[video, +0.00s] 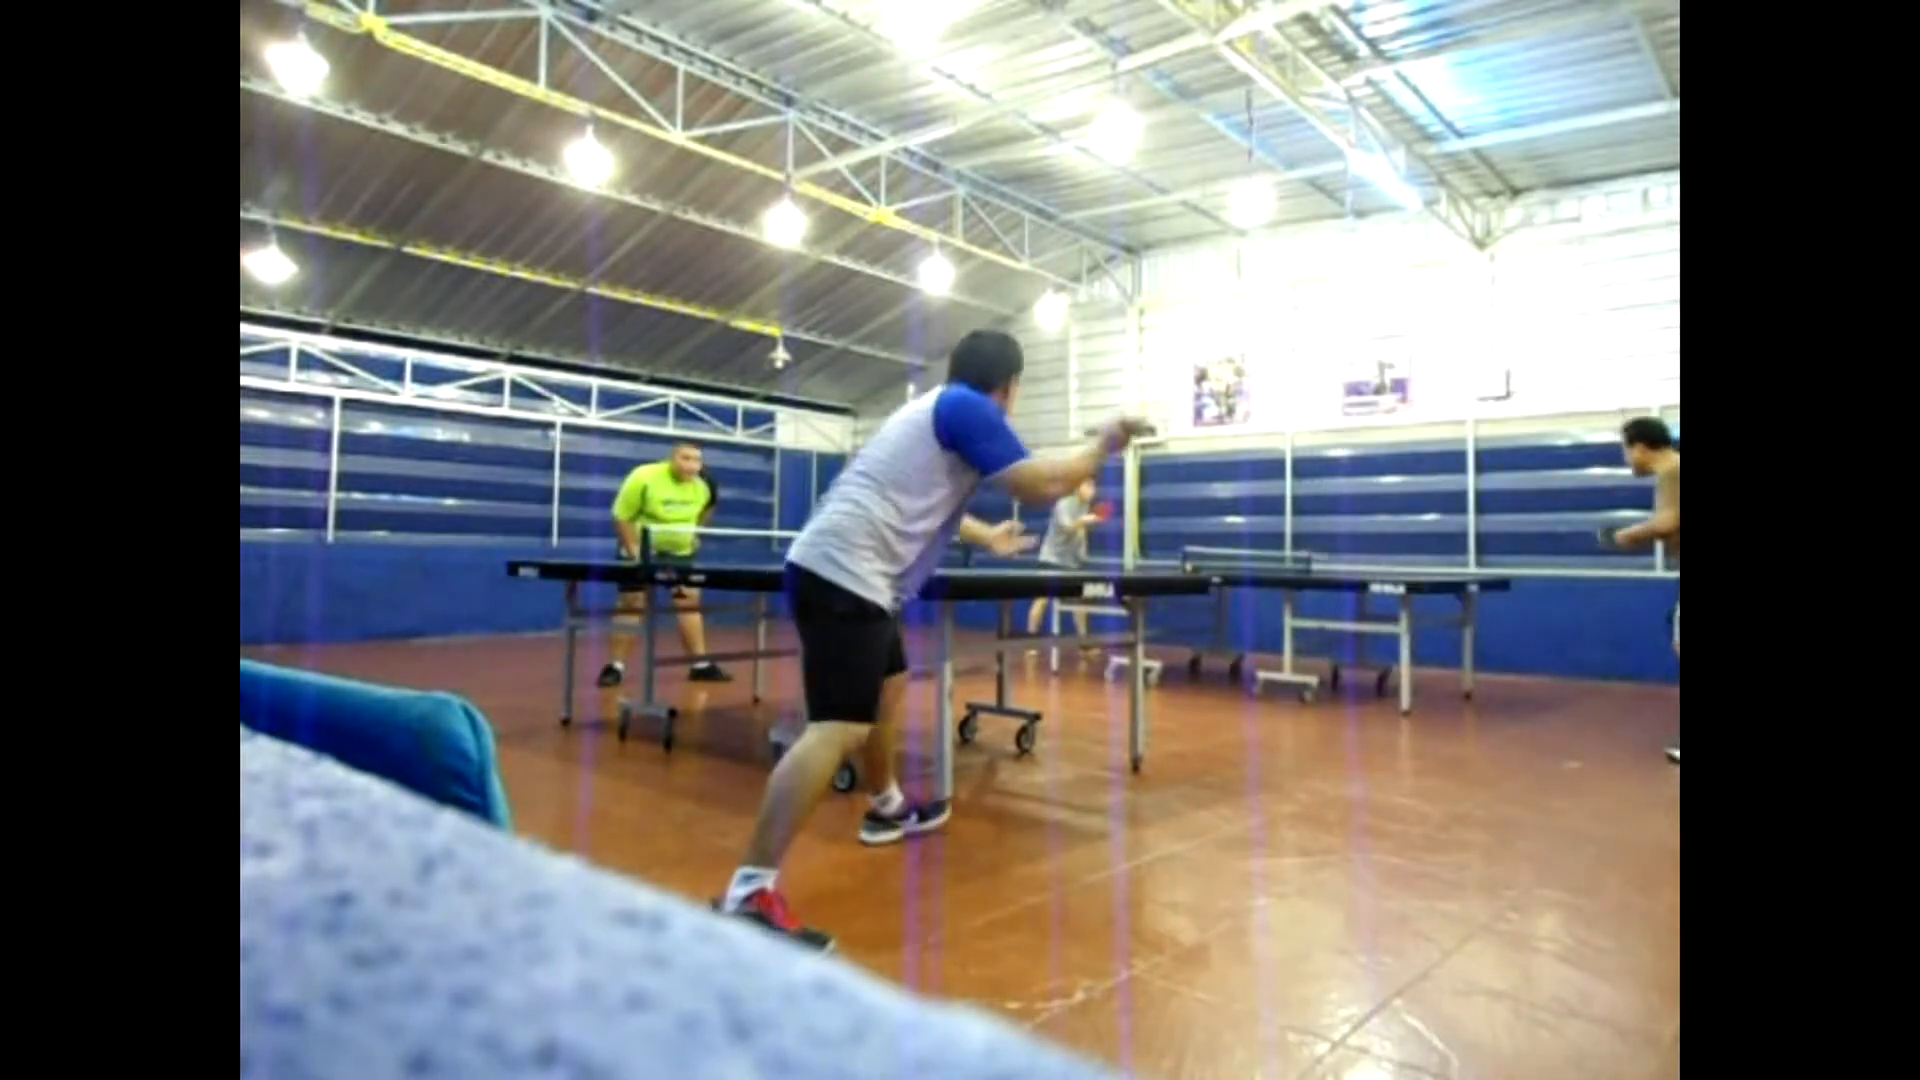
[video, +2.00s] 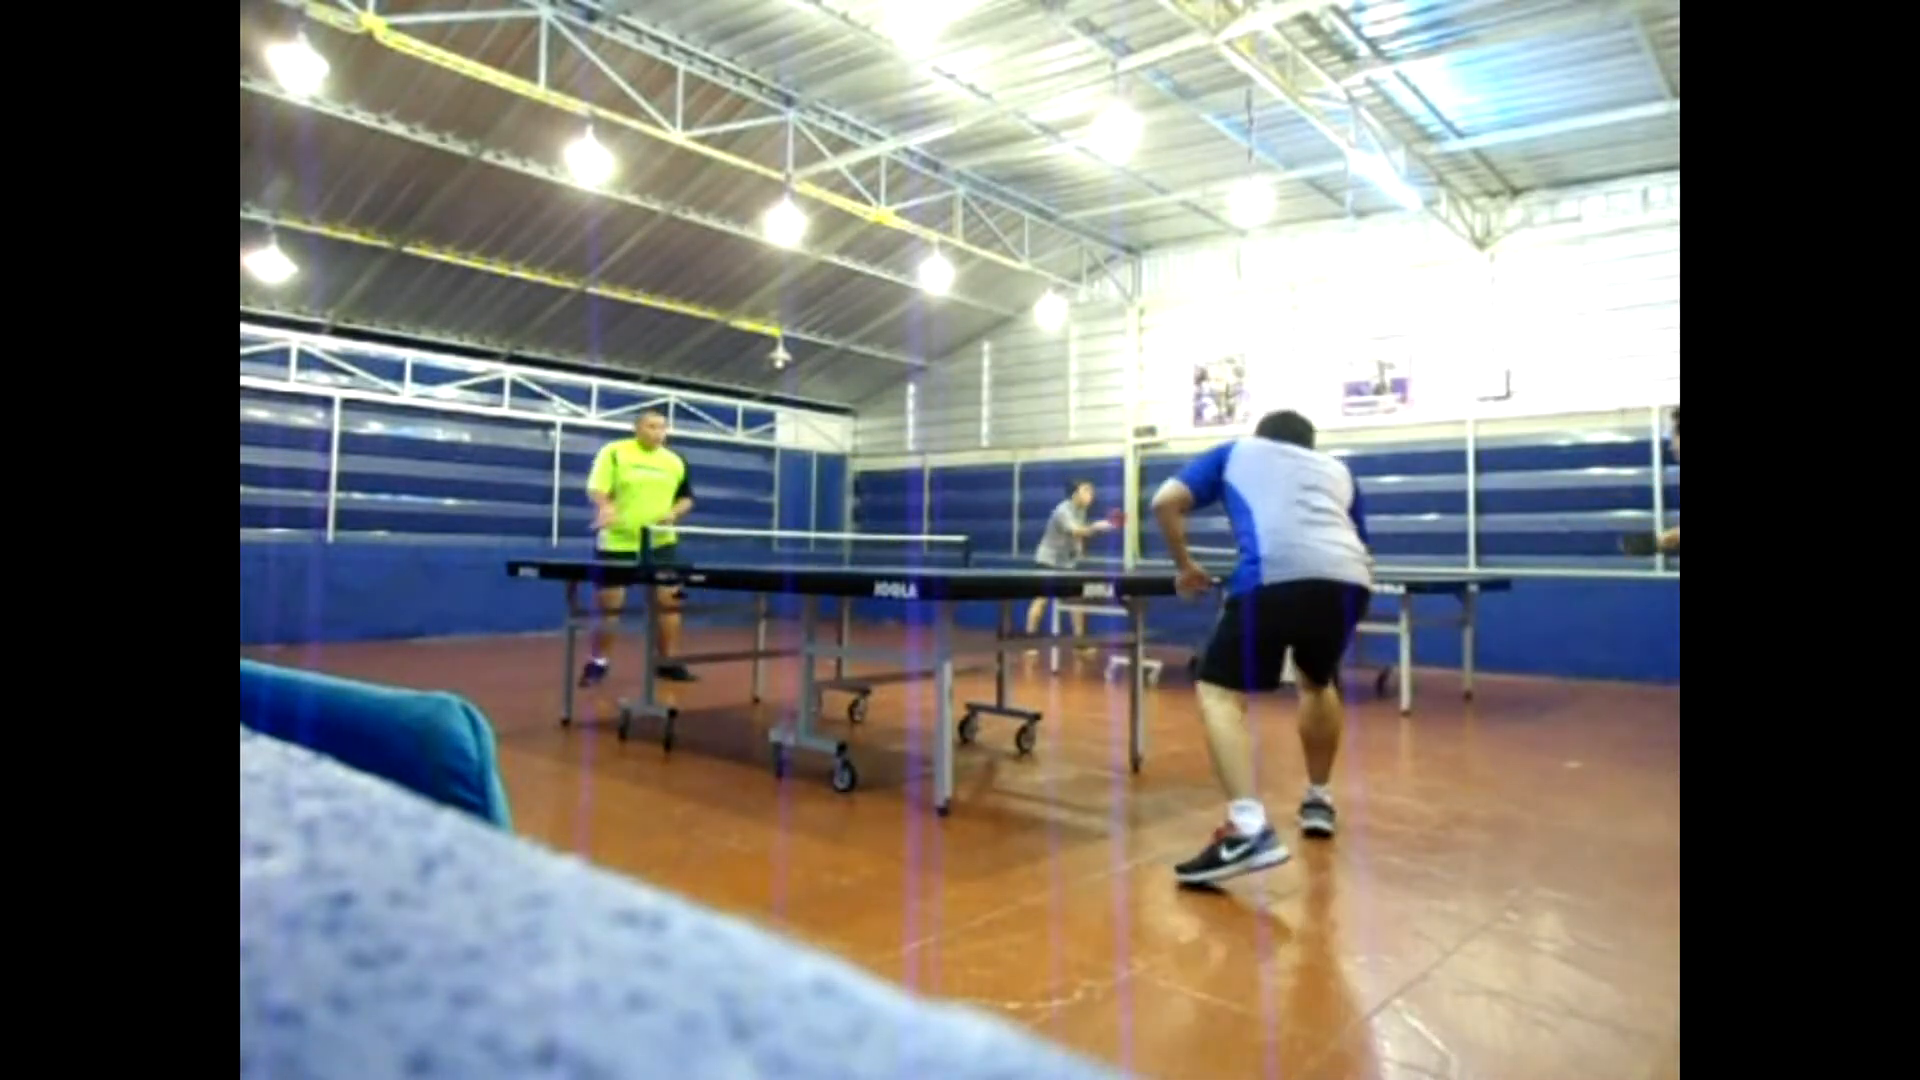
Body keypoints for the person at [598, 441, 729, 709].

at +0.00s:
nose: (691, 465)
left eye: (696, 460)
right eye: (685, 458)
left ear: (701, 463)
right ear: (672, 459)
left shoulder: (704, 487)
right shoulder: (644, 477)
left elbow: (706, 511)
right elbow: (622, 514)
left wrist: (693, 533)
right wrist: (633, 549)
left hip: (682, 552)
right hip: (643, 550)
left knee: (689, 601)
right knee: (631, 604)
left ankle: (700, 660)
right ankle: (616, 663)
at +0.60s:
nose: (699, 449)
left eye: (704, 443)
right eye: (693, 442)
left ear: (709, 446)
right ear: (681, 442)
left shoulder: (712, 475)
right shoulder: (657, 467)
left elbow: (711, 506)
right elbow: (634, 503)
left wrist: (719, 521)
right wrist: (656, 527)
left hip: (694, 553)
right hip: (657, 551)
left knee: (705, 600)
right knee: (640, 600)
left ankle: (702, 661)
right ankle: (624, 660)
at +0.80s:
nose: (707, 469)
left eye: (712, 464)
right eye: (702, 462)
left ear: (715, 466)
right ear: (688, 459)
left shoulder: (710, 490)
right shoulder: (659, 478)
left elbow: (703, 521)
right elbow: (650, 518)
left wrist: (720, 524)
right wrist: (698, 522)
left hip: (688, 553)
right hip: (653, 553)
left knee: (706, 599)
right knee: (643, 601)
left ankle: (701, 662)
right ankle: (635, 670)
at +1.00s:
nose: (712, 478)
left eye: (716, 473)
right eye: (707, 471)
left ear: (718, 473)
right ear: (691, 466)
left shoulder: (711, 499)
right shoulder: (663, 476)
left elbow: (704, 526)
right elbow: (654, 513)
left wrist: (724, 536)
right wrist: (699, 522)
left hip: (683, 556)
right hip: (648, 554)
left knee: (709, 601)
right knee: (642, 601)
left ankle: (701, 663)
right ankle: (634, 670)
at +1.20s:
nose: (716, 467)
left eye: (720, 462)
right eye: (710, 460)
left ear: (723, 466)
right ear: (696, 460)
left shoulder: (720, 499)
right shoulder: (670, 470)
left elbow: (721, 529)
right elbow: (628, 475)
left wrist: (743, 526)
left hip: (691, 563)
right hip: (652, 557)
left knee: (717, 605)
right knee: (647, 603)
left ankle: (701, 664)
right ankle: (634, 671)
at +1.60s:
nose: (699, 442)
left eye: (705, 438)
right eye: (695, 435)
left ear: (710, 444)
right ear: (682, 436)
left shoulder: (712, 478)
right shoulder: (656, 457)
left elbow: (717, 511)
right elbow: (620, 484)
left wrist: (715, 525)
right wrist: (588, 503)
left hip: (689, 545)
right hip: (647, 541)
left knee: (701, 599)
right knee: (627, 600)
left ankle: (701, 661)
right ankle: (606, 661)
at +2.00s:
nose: (656, 433)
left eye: (661, 427)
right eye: (651, 426)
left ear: (666, 430)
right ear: (637, 427)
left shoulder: (675, 462)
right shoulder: (613, 453)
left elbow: (686, 497)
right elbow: (597, 487)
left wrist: (673, 513)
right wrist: (606, 509)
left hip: (661, 540)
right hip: (619, 540)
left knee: (669, 600)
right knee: (610, 603)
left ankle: (668, 659)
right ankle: (599, 660)